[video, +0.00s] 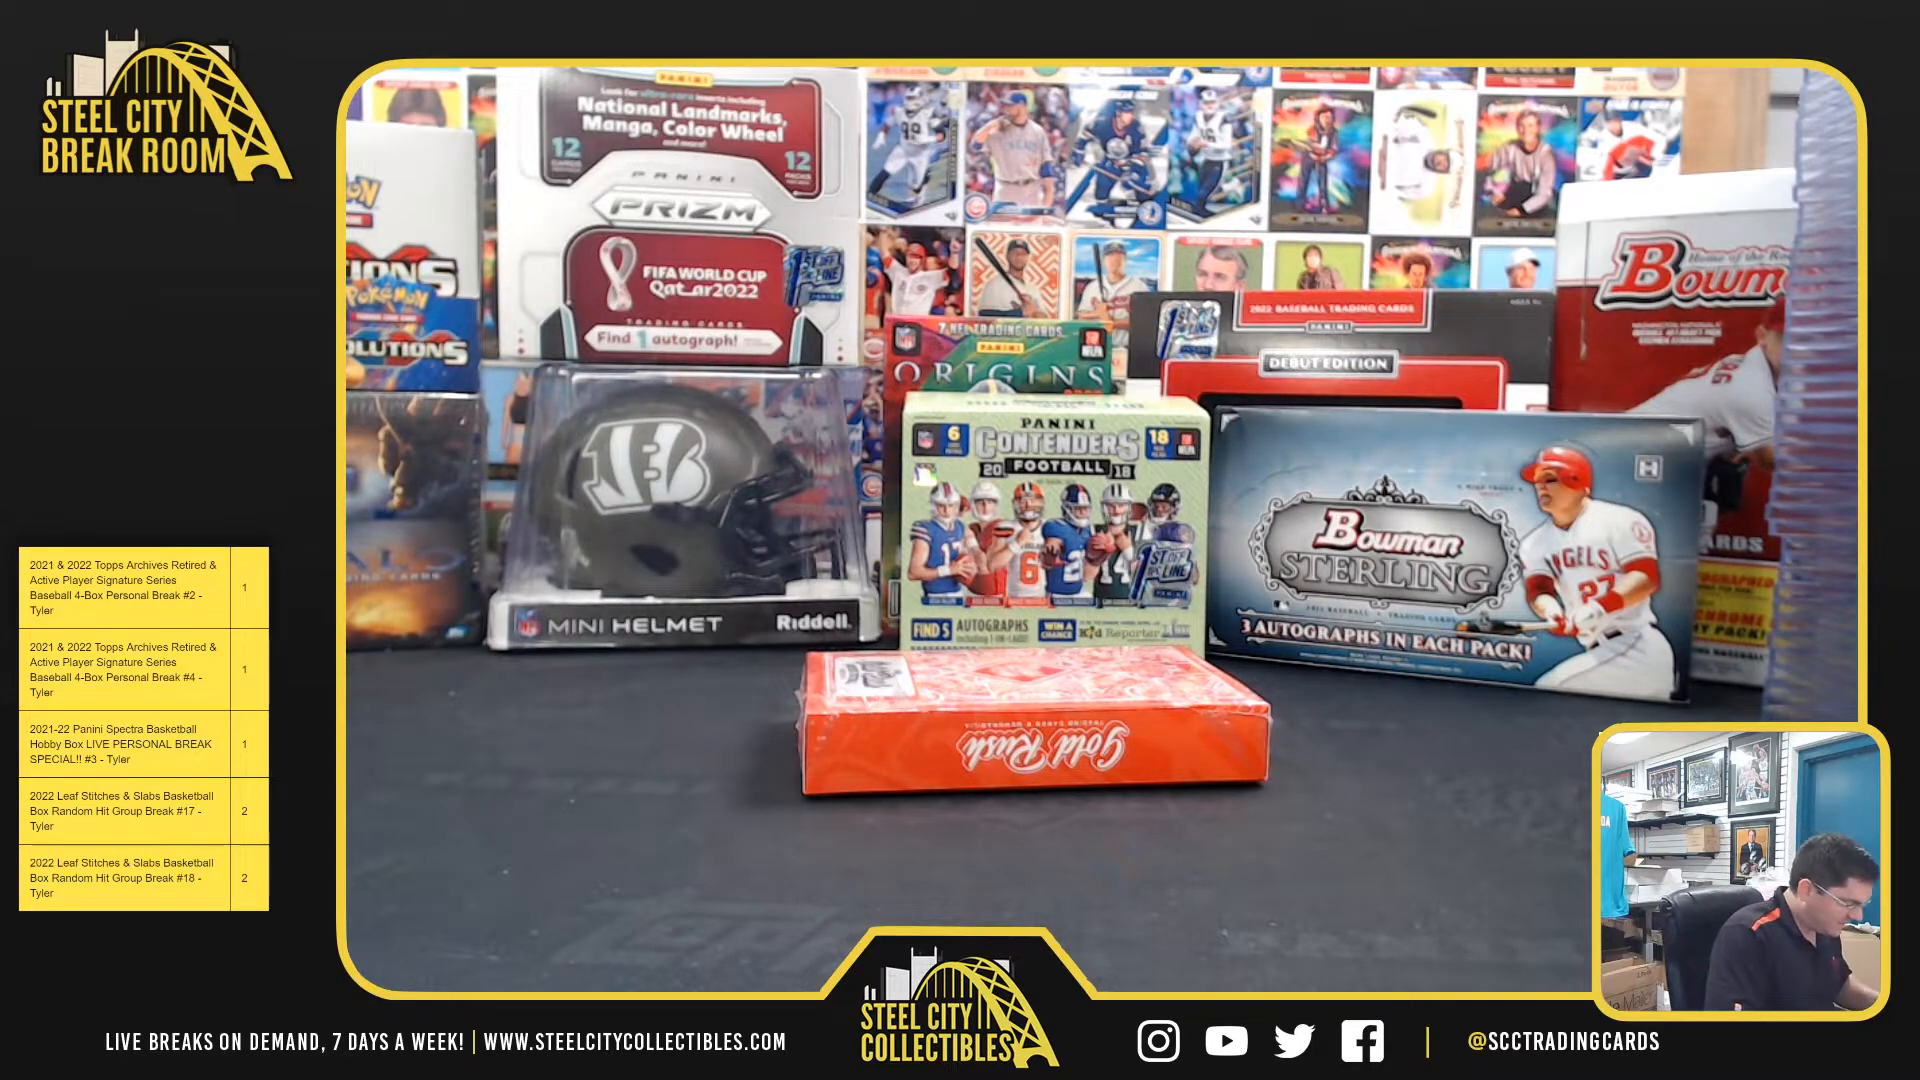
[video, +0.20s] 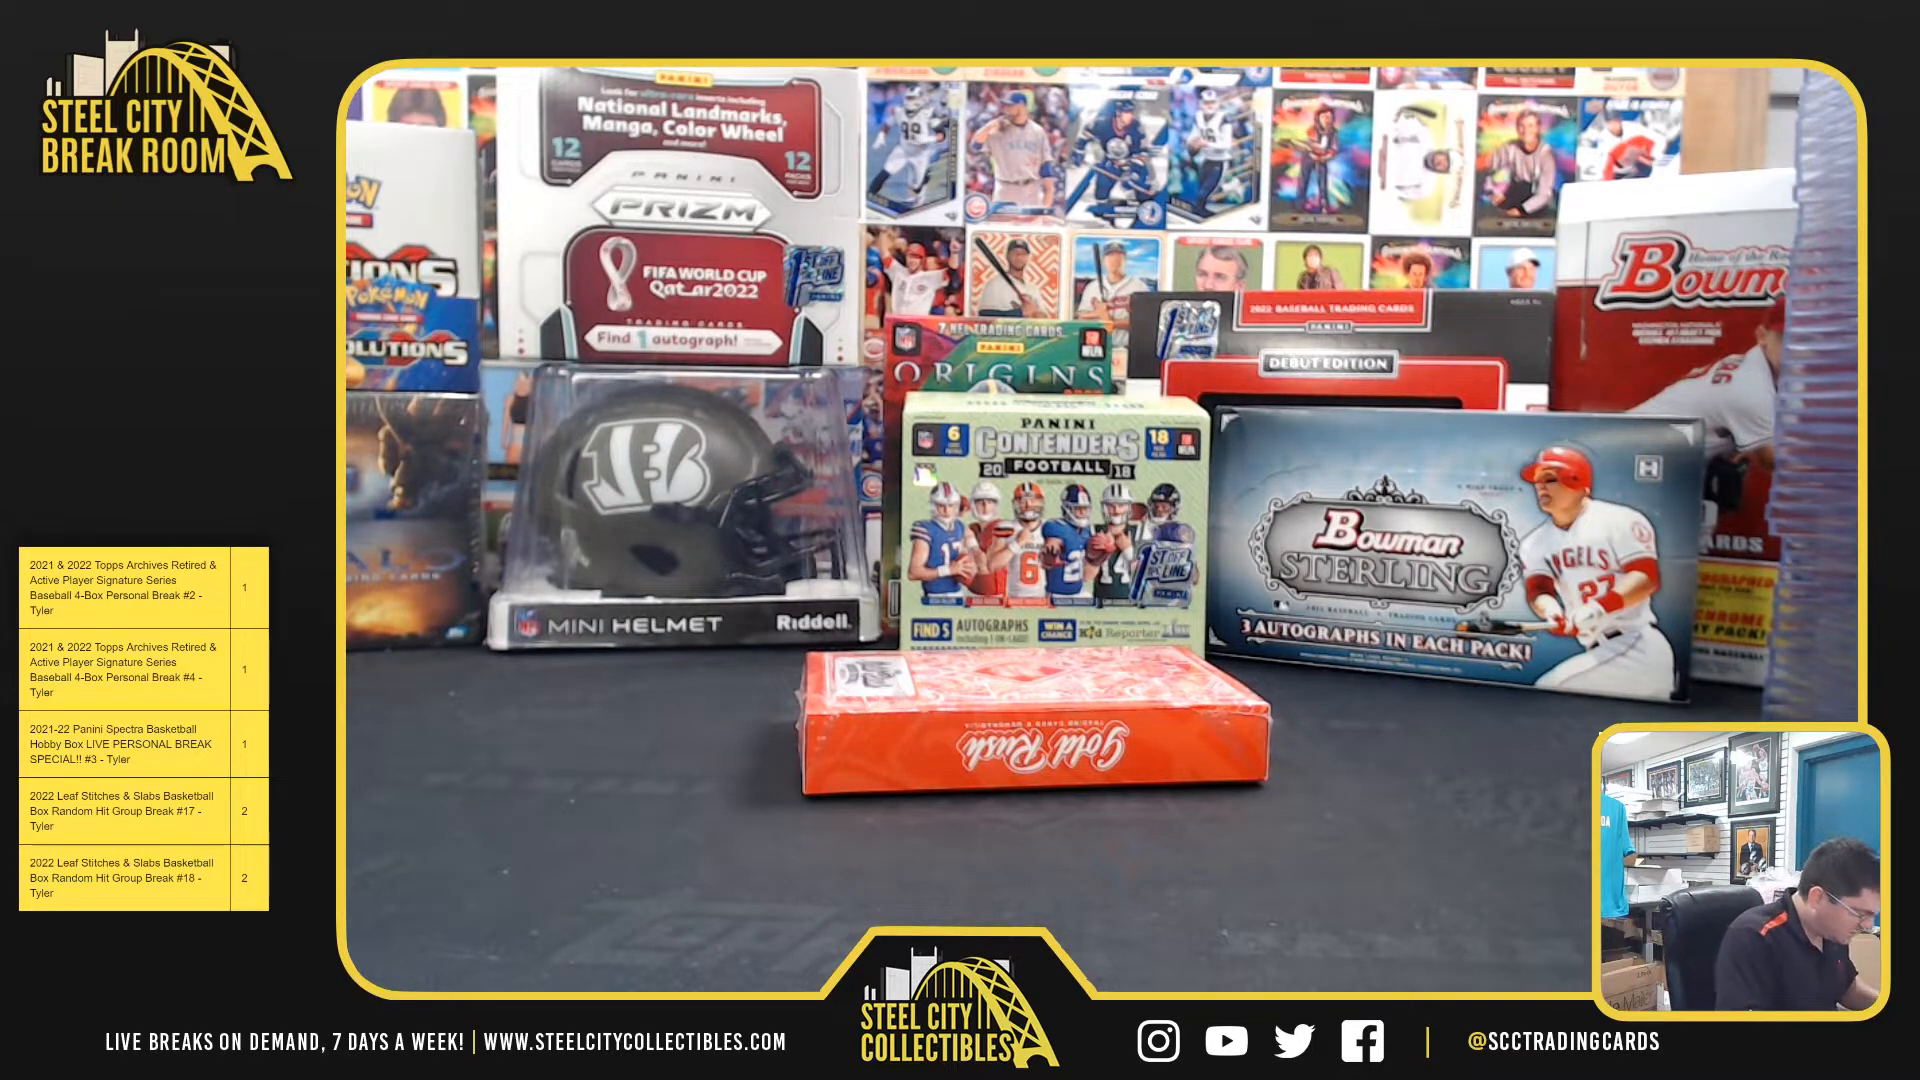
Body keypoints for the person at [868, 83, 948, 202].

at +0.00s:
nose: (910, 102)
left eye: (914, 99)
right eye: (908, 99)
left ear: (920, 100)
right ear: (905, 100)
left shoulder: (928, 114)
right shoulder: (899, 113)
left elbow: (942, 135)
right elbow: (887, 125)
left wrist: (928, 139)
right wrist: (881, 137)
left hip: (921, 152)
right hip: (903, 150)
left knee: (915, 186)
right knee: (886, 172)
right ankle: (868, 197)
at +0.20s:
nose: (910, 102)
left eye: (914, 99)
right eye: (908, 99)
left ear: (920, 100)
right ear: (905, 100)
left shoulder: (928, 114)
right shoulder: (899, 113)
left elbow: (942, 135)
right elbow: (887, 125)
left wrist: (928, 139)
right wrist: (881, 137)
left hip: (921, 152)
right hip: (903, 150)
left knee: (915, 186)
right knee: (886, 172)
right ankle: (868, 197)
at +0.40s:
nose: (910, 103)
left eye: (913, 99)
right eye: (908, 99)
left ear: (920, 100)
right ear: (905, 100)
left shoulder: (928, 115)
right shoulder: (899, 113)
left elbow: (942, 135)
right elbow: (887, 125)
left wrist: (928, 139)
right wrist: (881, 138)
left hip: (921, 153)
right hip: (903, 150)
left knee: (915, 186)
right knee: (886, 172)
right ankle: (868, 197)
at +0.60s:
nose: (910, 103)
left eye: (913, 99)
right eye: (908, 99)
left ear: (920, 100)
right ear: (905, 100)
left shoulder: (928, 114)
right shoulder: (899, 113)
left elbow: (942, 135)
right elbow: (887, 125)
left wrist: (928, 139)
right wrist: (881, 138)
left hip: (921, 153)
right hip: (903, 150)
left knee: (915, 186)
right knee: (885, 173)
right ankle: (868, 198)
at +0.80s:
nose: (910, 103)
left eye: (913, 99)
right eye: (908, 99)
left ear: (920, 100)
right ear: (905, 100)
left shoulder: (928, 114)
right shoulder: (899, 113)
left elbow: (942, 135)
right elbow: (887, 125)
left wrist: (928, 139)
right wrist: (881, 138)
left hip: (921, 153)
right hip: (903, 150)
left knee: (915, 187)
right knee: (885, 173)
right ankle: (868, 197)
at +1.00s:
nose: (910, 103)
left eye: (913, 99)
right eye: (908, 99)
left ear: (920, 100)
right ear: (905, 100)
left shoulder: (928, 114)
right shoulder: (899, 113)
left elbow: (942, 135)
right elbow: (887, 125)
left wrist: (928, 139)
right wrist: (881, 138)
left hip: (921, 153)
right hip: (903, 150)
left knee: (915, 187)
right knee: (885, 173)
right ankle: (868, 198)